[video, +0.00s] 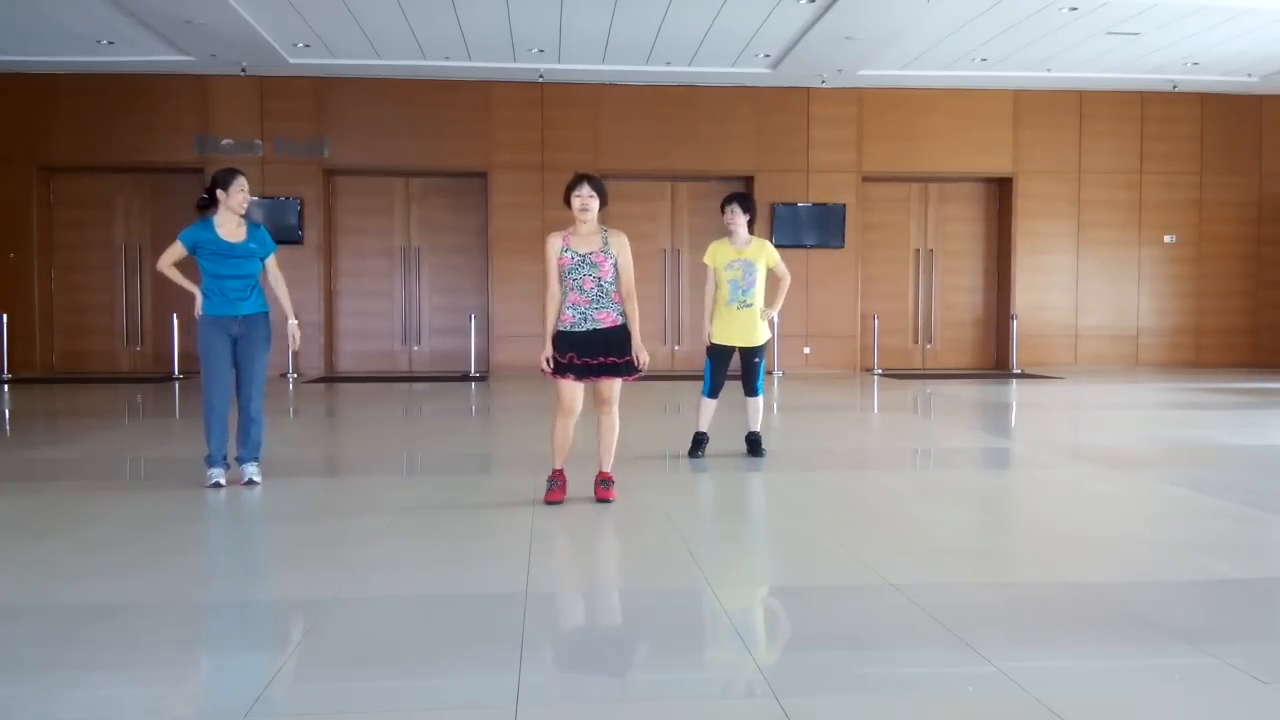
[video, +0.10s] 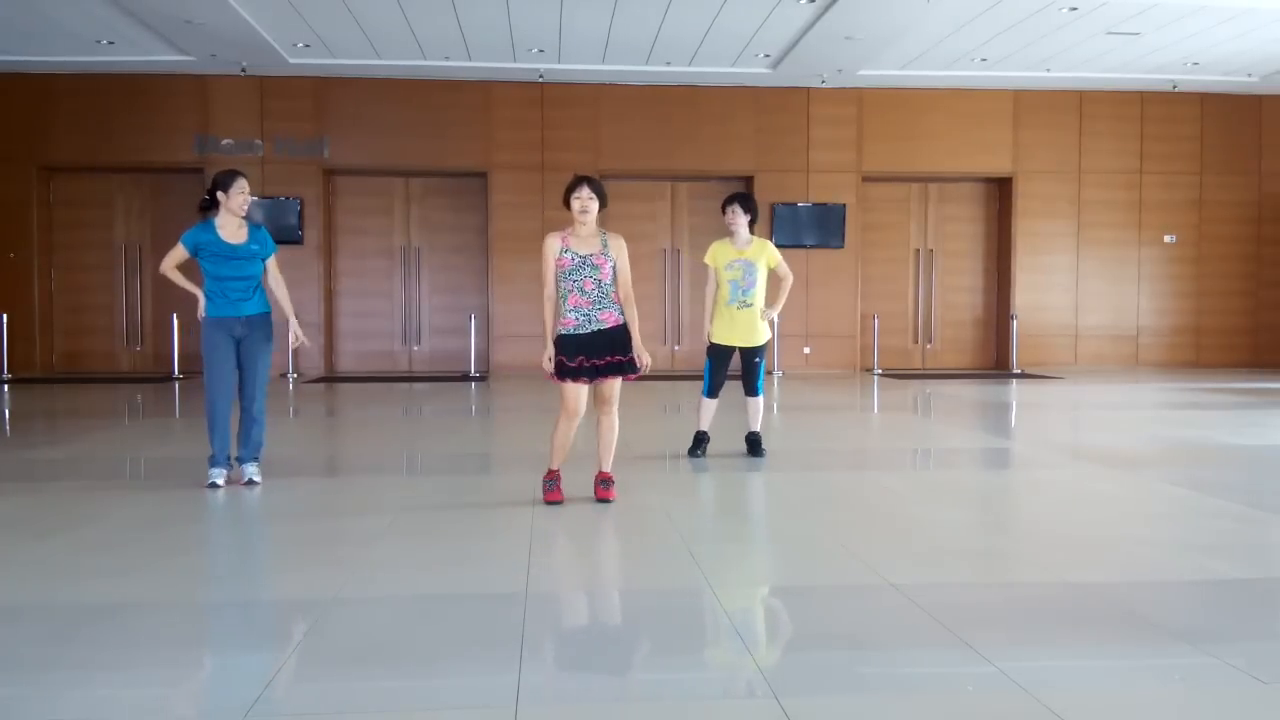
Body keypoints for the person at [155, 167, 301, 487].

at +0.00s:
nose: (247, 197)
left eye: (247, 191)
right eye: (240, 191)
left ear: (244, 195)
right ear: (220, 195)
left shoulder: (257, 233)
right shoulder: (200, 232)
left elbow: (275, 277)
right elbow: (163, 264)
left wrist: (291, 318)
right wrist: (195, 290)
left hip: (255, 322)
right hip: (215, 323)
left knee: (251, 395)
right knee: (217, 394)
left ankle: (250, 461)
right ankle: (216, 465)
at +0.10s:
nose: (247, 199)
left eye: (248, 193)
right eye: (240, 194)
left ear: (248, 196)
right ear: (221, 197)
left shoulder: (259, 234)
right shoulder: (200, 235)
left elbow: (275, 280)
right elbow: (166, 266)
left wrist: (292, 320)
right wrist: (197, 292)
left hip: (257, 324)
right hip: (218, 325)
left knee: (254, 397)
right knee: (219, 395)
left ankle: (250, 462)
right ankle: (219, 464)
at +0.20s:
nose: (246, 202)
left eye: (248, 196)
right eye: (239, 196)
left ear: (249, 198)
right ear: (220, 198)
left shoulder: (259, 234)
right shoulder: (200, 235)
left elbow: (273, 279)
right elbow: (168, 268)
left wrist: (291, 318)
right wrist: (200, 292)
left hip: (259, 323)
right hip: (219, 325)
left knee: (255, 396)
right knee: (221, 395)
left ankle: (250, 462)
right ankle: (221, 464)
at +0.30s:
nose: (245, 203)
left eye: (247, 198)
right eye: (238, 197)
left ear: (248, 201)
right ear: (218, 198)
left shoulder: (259, 236)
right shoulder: (199, 236)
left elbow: (274, 279)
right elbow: (170, 270)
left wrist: (295, 317)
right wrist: (200, 293)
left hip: (260, 323)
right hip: (219, 325)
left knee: (255, 395)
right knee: (215, 394)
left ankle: (250, 462)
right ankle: (219, 464)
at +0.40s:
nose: (242, 204)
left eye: (245, 198)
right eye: (236, 197)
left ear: (247, 200)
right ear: (216, 198)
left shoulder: (257, 235)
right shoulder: (196, 237)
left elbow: (274, 277)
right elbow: (171, 270)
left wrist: (299, 314)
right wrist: (200, 294)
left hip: (259, 324)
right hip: (218, 326)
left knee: (254, 395)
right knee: (208, 392)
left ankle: (250, 463)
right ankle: (208, 464)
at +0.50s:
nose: (240, 202)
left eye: (242, 196)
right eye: (233, 196)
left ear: (242, 200)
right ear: (214, 198)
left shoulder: (254, 235)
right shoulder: (193, 237)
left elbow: (274, 276)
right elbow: (170, 270)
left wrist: (299, 312)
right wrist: (198, 294)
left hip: (256, 324)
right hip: (215, 326)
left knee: (252, 397)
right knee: (201, 395)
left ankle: (250, 463)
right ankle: (190, 465)